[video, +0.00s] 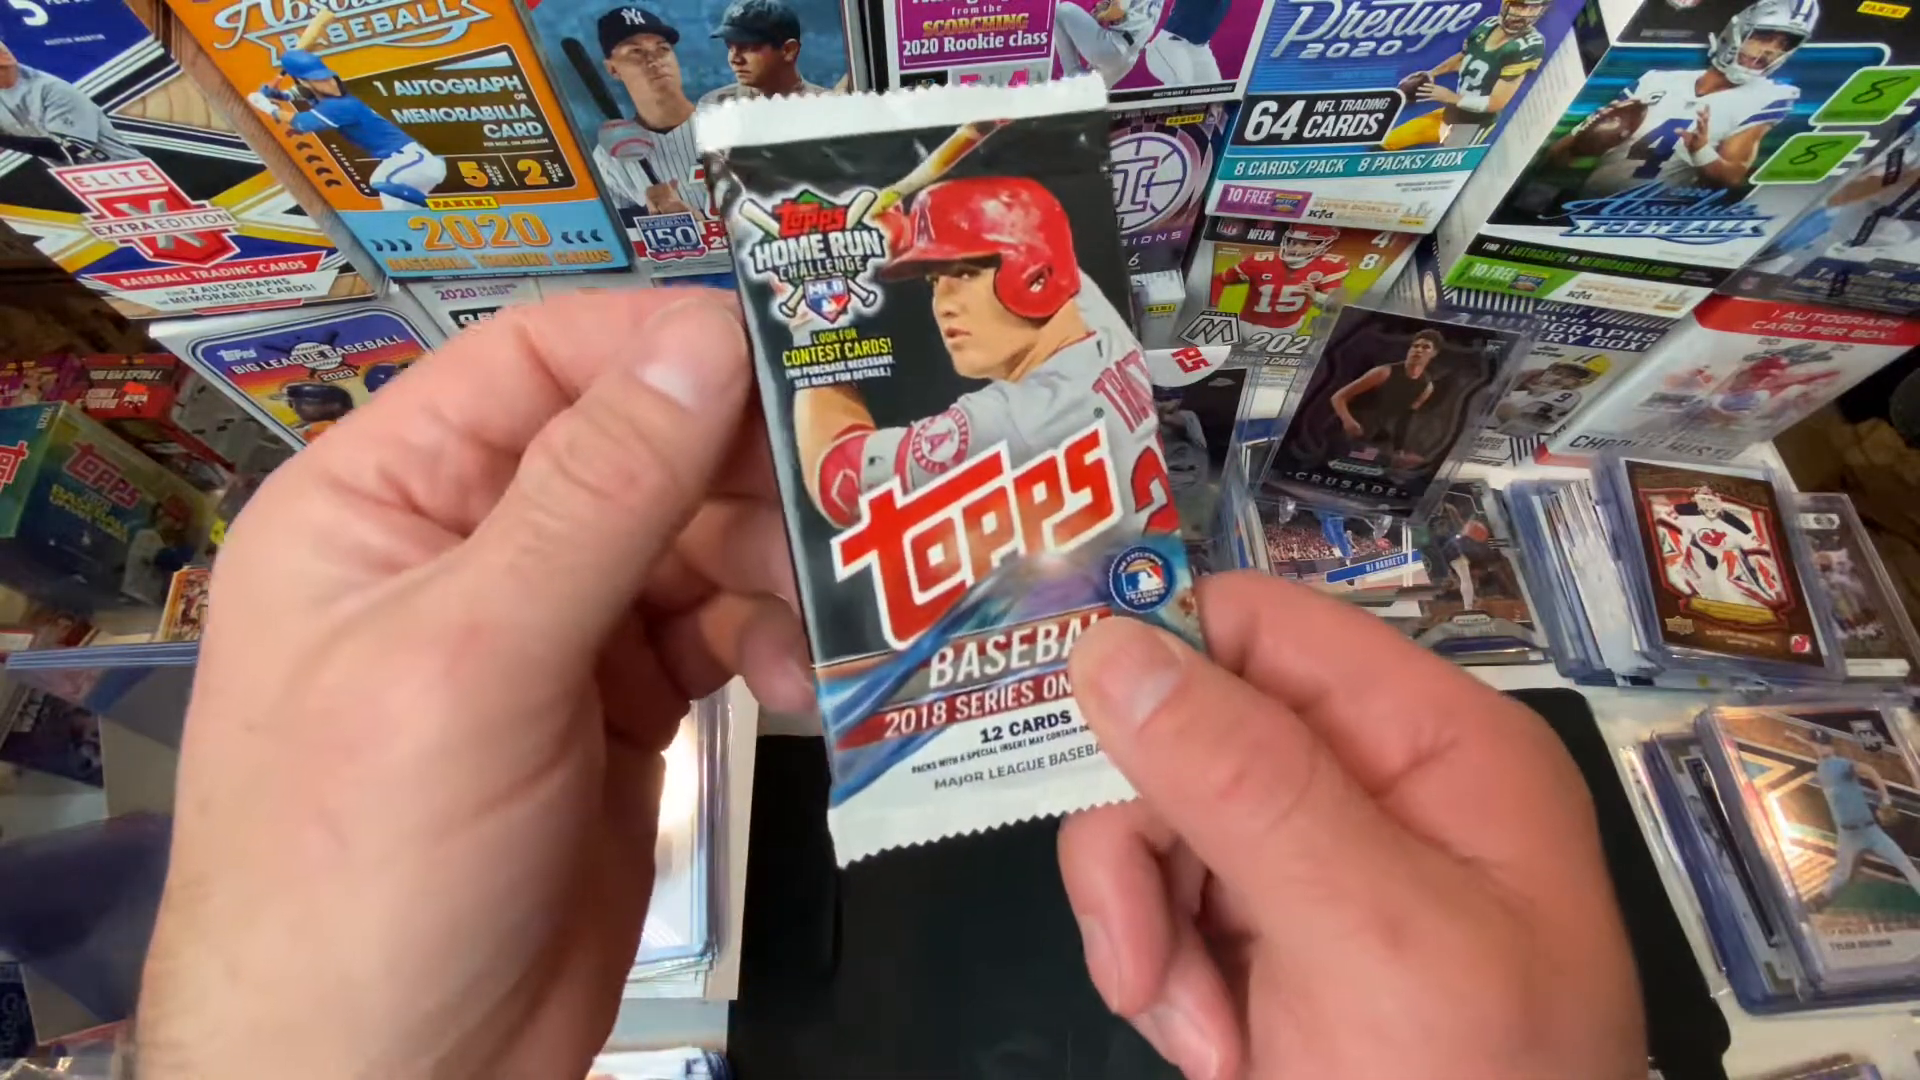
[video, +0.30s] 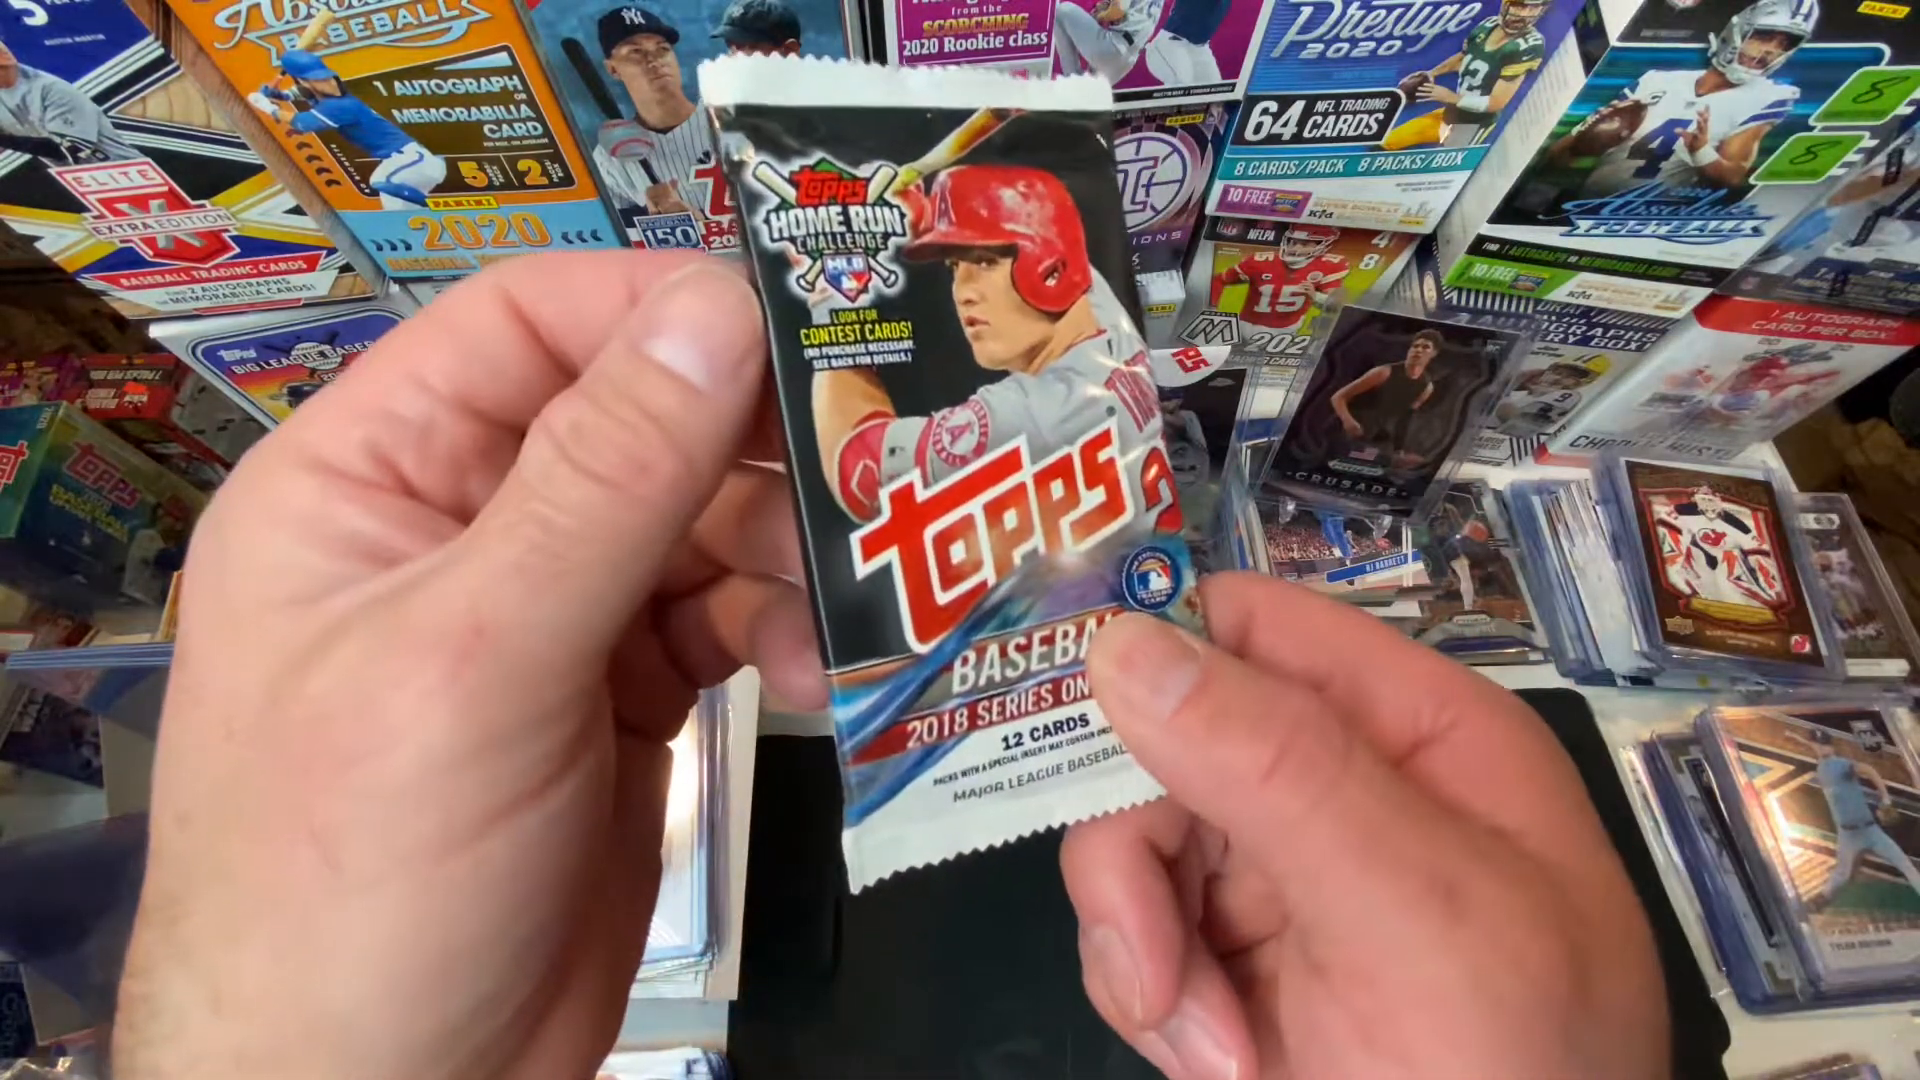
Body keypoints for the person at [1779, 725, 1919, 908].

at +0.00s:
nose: (1823, 750)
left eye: (1825, 744)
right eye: (1819, 746)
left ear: (1831, 745)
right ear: (1814, 748)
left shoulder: (1840, 764)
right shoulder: (1822, 768)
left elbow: (1869, 770)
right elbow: (1815, 749)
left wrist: (1885, 798)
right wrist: (1800, 740)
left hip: (1870, 828)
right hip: (1846, 833)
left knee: (1904, 863)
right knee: (1842, 874)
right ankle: (1823, 898)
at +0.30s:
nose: (1823, 750)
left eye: (1825, 745)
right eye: (1819, 746)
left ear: (1831, 745)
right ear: (1814, 748)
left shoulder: (1841, 764)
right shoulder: (1821, 768)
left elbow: (1869, 770)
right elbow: (1814, 748)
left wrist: (1884, 797)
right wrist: (1799, 739)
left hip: (1870, 828)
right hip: (1846, 833)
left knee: (1904, 863)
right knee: (1842, 874)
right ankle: (1824, 898)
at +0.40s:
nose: (1824, 749)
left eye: (1827, 744)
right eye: (1819, 745)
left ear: (1831, 744)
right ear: (1813, 747)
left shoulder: (1840, 764)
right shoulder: (1824, 768)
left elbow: (1869, 770)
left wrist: (1885, 798)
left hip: (1870, 828)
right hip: (1847, 834)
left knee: (1903, 863)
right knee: (1842, 875)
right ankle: (1822, 899)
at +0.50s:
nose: (1825, 749)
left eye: (1827, 744)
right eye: (1820, 746)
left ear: (1831, 745)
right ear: (1813, 747)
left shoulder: (1840, 764)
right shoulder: (1824, 767)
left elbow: (1869, 770)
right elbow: (1866, 770)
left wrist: (1885, 798)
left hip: (1870, 829)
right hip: (1847, 834)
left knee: (1904, 863)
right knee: (1842, 875)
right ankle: (1821, 899)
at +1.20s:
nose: (1823, 750)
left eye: (1826, 745)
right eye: (1819, 746)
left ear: (1832, 746)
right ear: (1815, 749)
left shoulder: (1842, 764)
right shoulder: (1821, 770)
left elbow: (1870, 771)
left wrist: (1885, 797)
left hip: (1869, 828)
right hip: (1847, 833)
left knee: (1902, 862)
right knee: (1842, 874)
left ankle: (1919, 888)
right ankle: (1820, 900)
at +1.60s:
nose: (1823, 749)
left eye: (1826, 744)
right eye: (1819, 745)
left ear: (1832, 745)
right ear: (1814, 747)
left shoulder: (1842, 764)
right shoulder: (1821, 769)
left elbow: (1870, 771)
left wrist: (1885, 797)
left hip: (1870, 828)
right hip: (1847, 833)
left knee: (1902, 862)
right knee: (1843, 875)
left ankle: (1918, 889)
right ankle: (1819, 902)